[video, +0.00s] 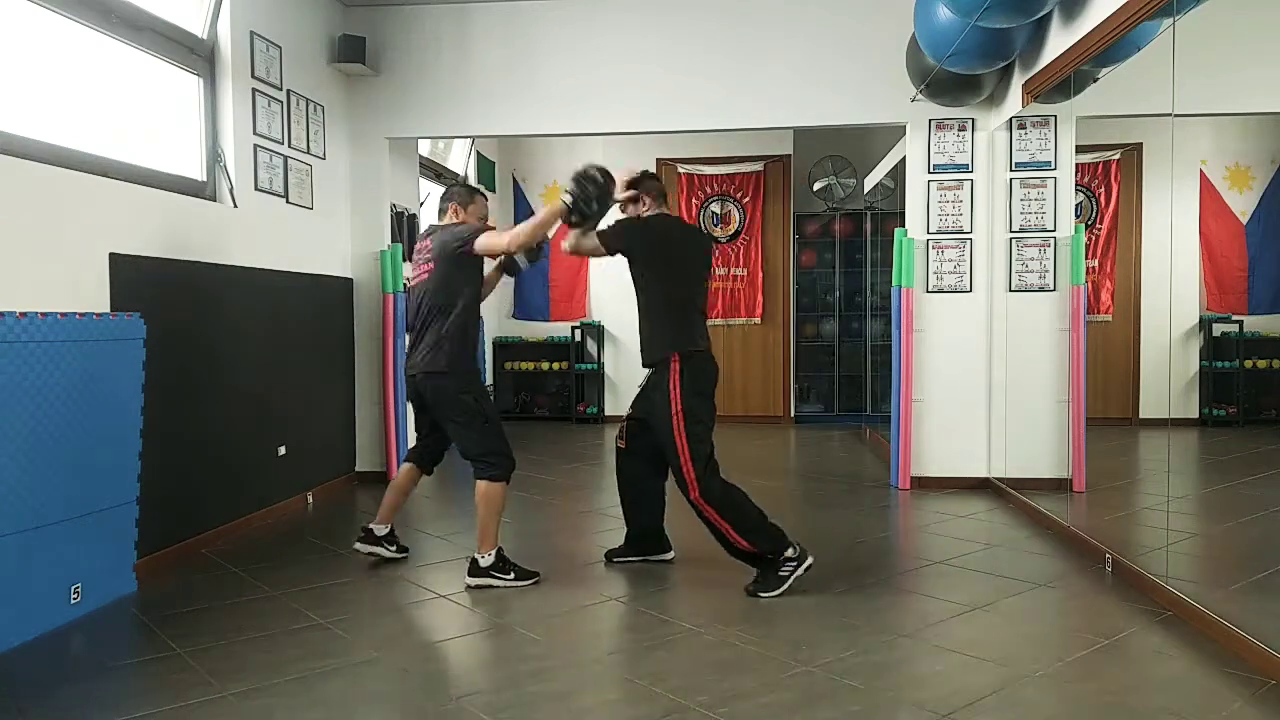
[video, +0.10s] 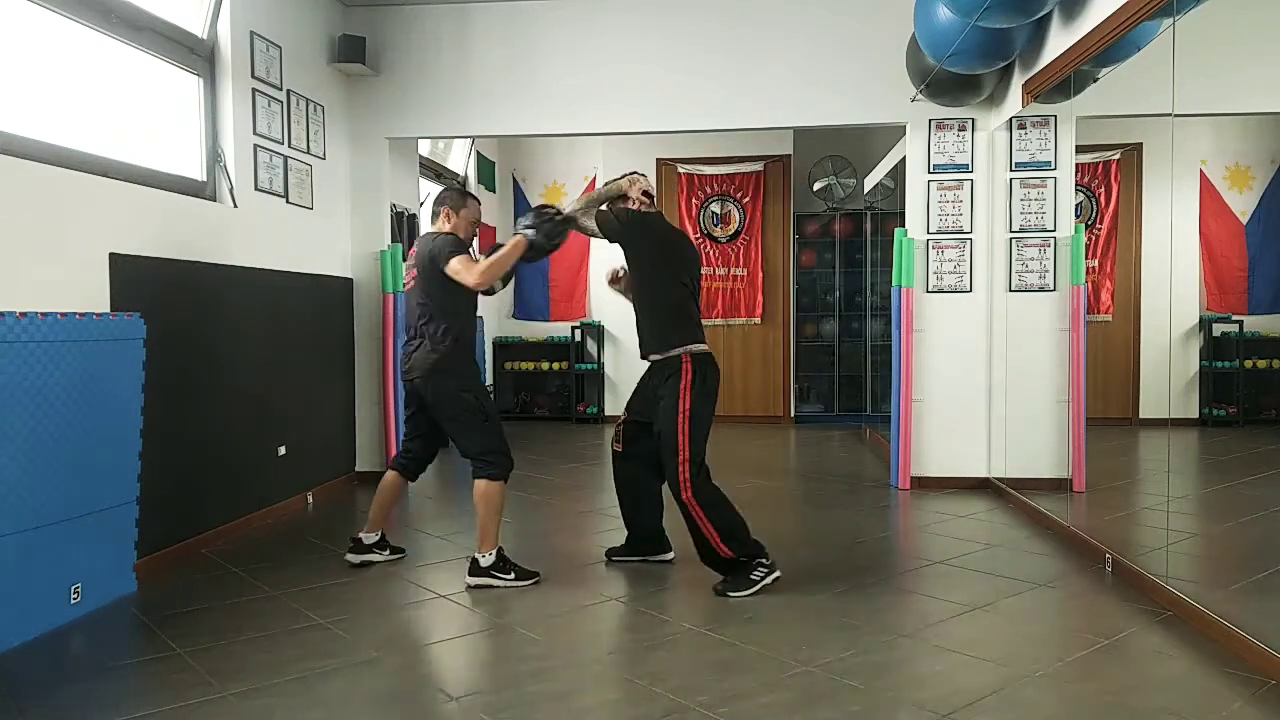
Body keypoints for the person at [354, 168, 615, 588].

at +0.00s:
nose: (487, 224)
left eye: (487, 217)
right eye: (483, 216)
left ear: (451, 212)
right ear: (456, 209)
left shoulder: (429, 244)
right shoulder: (454, 236)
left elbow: (469, 298)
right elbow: (515, 240)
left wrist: (503, 263)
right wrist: (563, 202)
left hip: (422, 372)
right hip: (450, 372)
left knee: (427, 449)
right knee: (494, 459)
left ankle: (378, 530)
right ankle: (487, 559)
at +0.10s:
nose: (476, 230)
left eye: (477, 223)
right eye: (472, 221)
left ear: (443, 216)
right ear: (448, 214)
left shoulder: (428, 248)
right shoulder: (441, 244)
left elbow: (485, 284)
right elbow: (479, 276)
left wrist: (515, 251)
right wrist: (524, 237)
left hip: (421, 369)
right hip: (449, 370)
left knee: (412, 456)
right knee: (493, 459)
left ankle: (369, 537)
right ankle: (487, 559)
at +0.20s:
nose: (466, 229)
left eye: (468, 222)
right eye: (463, 219)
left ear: (438, 214)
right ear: (442, 213)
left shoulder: (417, 246)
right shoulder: (431, 237)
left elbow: (444, 295)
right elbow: (453, 250)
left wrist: (472, 284)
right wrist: (490, 209)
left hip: (405, 360)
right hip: (435, 360)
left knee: (397, 454)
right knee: (475, 458)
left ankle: (366, 541)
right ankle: (485, 558)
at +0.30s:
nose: (462, 223)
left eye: (463, 217)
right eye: (459, 215)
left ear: (425, 209)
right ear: (445, 210)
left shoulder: (402, 244)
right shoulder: (434, 227)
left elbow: (417, 294)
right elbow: (477, 197)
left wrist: (457, 280)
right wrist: (523, 174)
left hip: (391, 360)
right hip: (422, 360)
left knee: (393, 452)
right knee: (460, 456)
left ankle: (366, 541)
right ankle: (442, 559)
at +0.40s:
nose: (451, 215)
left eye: (450, 210)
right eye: (447, 207)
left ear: (417, 206)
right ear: (433, 205)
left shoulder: (403, 248)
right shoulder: (421, 230)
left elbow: (417, 301)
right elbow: (453, 197)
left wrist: (456, 286)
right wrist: (495, 169)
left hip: (390, 361)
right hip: (417, 360)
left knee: (391, 453)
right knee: (447, 457)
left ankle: (365, 541)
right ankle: (436, 560)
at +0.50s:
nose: (443, 220)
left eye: (446, 214)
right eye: (438, 212)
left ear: (415, 212)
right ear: (412, 209)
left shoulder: (416, 250)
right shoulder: (401, 234)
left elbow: (433, 306)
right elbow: (419, 244)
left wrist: (464, 273)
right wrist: (464, 210)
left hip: (404, 363)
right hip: (413, 364)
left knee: (401, 452)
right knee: (445, 459)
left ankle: (365, 541)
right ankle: (435, 561)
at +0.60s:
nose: (436, 220)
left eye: (437, 213)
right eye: (429, 212)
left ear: (420, 212)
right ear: (401, 209)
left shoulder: (424, 251)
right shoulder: (388, 245)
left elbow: (458, 284)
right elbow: (382, 290)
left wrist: (486, 257)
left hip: (419, 371)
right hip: (410, 373)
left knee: (401, 454)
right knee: (446, 460)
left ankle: (362, 539)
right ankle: (436, 561)